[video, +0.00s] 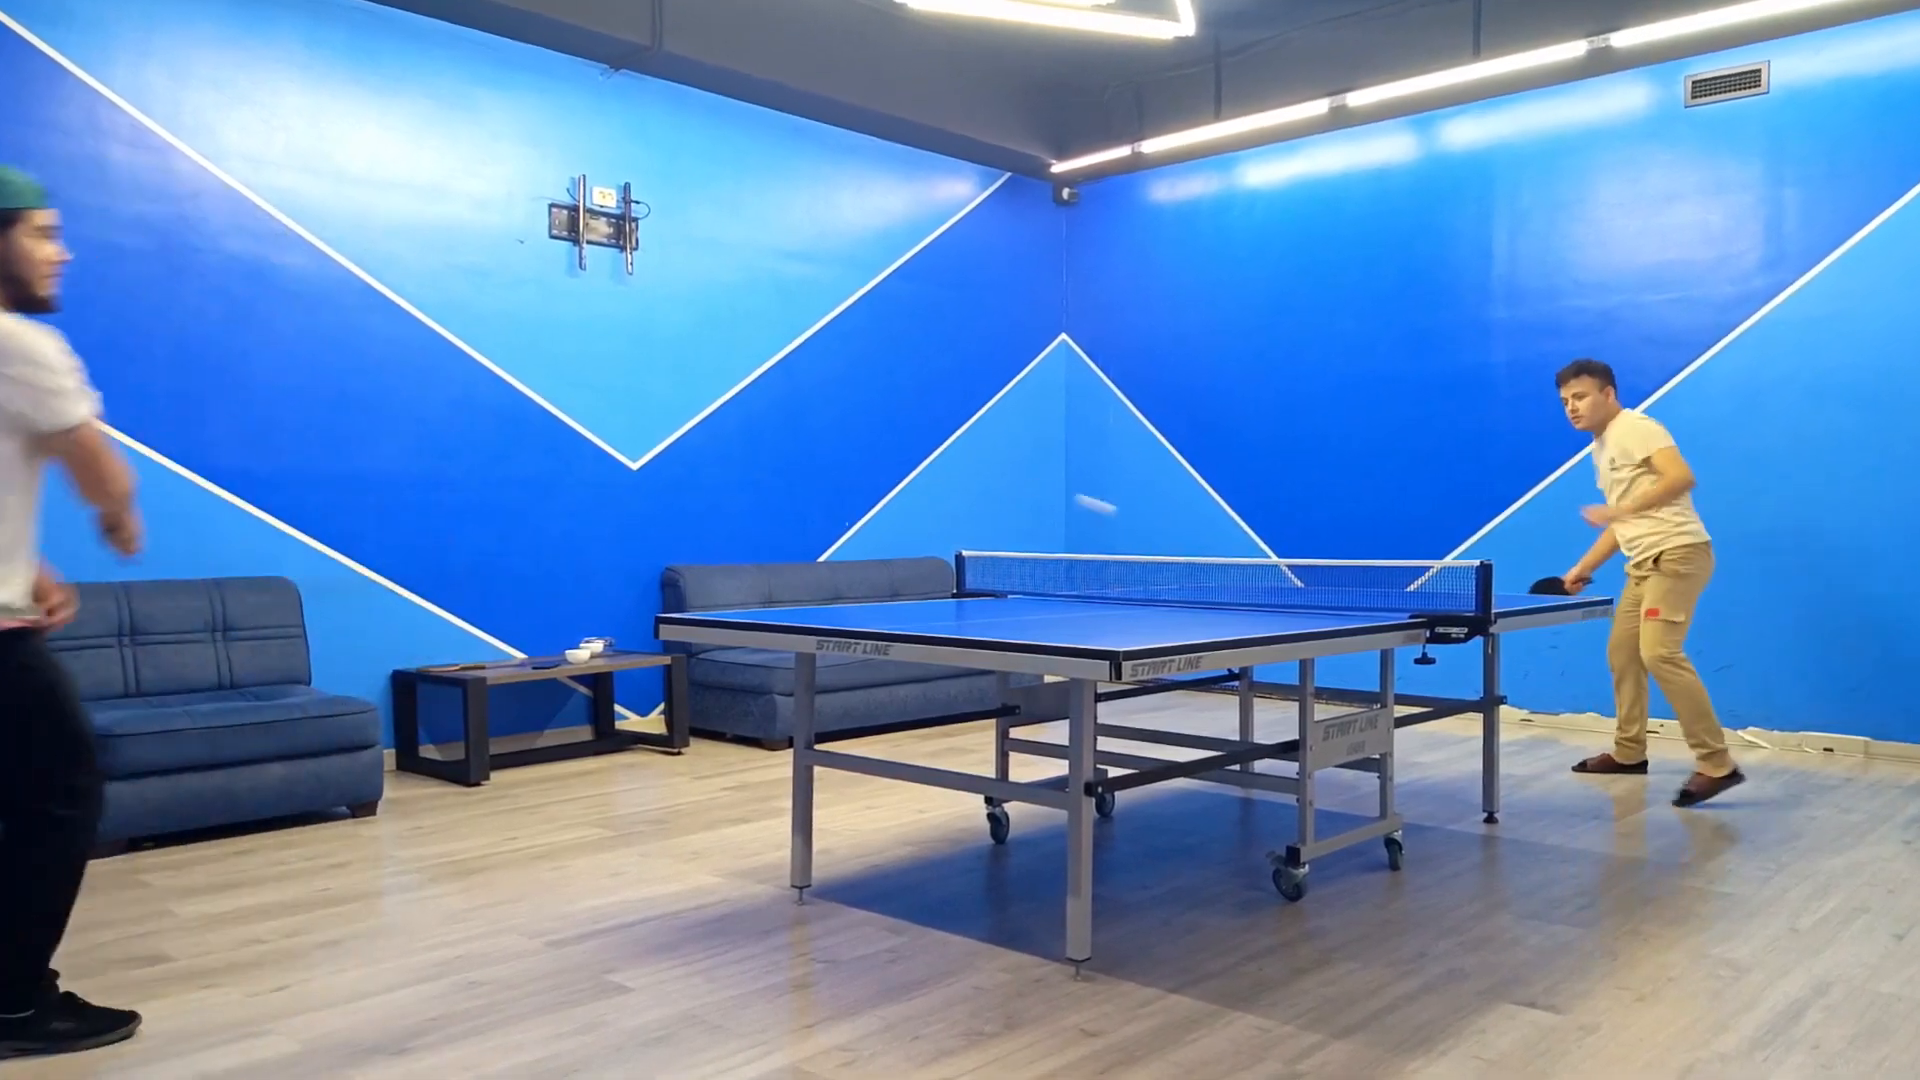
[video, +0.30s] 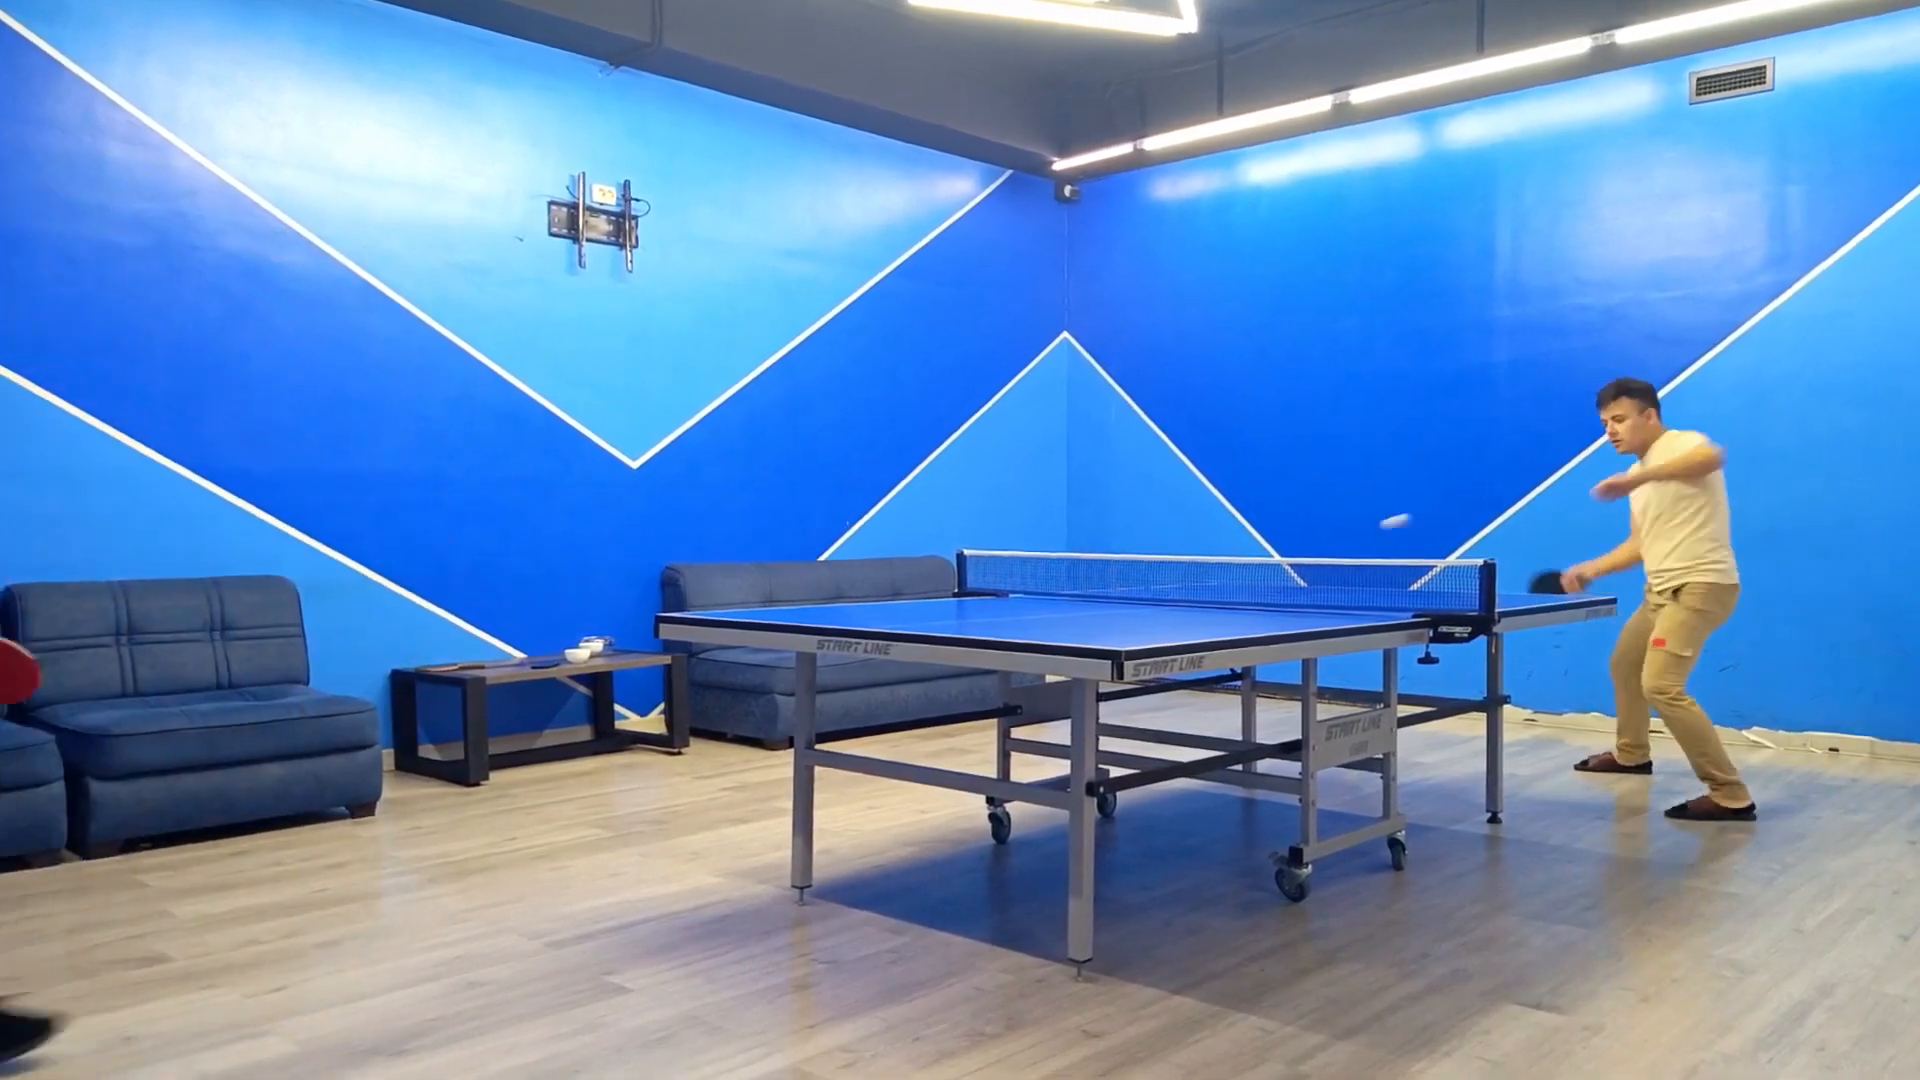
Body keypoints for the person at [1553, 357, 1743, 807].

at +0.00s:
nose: (1571, 408)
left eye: (1579, 397)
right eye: (1565, 401)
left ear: (1609, 395)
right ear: (1566, 406)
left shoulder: (1636, 427)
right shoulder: (1601, 451)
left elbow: (1681, 476)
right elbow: (1623, 519)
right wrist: (1584, 567)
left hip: (1679, 552)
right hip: (1642, 563)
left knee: (1659, 651)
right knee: (1623, 652)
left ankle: (1717, 765)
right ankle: (1629, 754)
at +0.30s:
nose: (1611, 431)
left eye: (1618, 420)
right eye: (1606, 424)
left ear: (1650, 415)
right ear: (1607, 429)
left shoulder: (1680, 442)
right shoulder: (1639, 478)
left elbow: (1712, 457)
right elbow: (1639, 546)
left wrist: (1638, 477)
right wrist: (1587, 570)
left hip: (1703, 582)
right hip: (1661, 589)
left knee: (1662, 685)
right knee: (1625, 666)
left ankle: (1730, 796)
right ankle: (1631, 755)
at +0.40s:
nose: (1615, 425)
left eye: (1623, 413)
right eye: (1610, 417)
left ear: (1656, 408)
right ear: (1612, 420)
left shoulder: (1699, 435)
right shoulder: (1629, 465)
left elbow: (1773, 428)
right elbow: (1619, 524)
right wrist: (1567, 538)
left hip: (1718, 578)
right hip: (1670, 583)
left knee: (1673, 679)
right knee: (1642, 671)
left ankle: (1730, 795)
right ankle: (1636, 755)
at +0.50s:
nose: (1616, 419)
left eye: (1624, 409)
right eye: (1611, 411)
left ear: (1656, 402)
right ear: (1611, 411)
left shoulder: (1714, 422)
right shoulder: (1629, 451)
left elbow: (1787, 411)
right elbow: (1605, 490)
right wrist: (1551, 503)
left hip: (1725, 569)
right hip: (1672, 574)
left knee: (1692, 675)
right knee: (1653, 666)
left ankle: (1730, 794)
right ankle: (1649, 757)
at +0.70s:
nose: (1620, 409)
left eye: (1629, 398)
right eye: (1615, 400)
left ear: (1664, 392)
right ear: (1618, 401)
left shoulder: (1721, 415)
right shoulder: (1622, 439)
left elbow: (1807, 410)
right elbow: (1590, 481)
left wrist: (1886, 389)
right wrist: (1536, 494)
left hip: (1724, 565)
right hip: (1663, 568)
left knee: (1719, 675)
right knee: (1646, 661)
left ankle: (1732, 793)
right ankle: (1644, 745)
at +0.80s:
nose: (1618, 415)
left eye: (1626, 404)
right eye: (1612, 406)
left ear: (1661, 399)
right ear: (1615, 407)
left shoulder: (1717, 425)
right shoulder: (1620, 447)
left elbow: (1796, 435)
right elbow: (1593, 498)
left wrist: (1881, 436)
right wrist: (1545, 514)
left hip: (1716, 570)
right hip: (1656, 570)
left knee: (1705, 674)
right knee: (1628, 656)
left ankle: (1727, 793)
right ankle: (1636, 742)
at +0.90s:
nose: (1607, 424)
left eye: (1616, 413)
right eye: (1604, 414)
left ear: (1651, 411)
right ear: (1605, 415)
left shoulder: (1708, 440)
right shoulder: (1614, 457)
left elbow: (1788, 474)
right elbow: (1588, 519)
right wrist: (1553, 530)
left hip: (1705, 579)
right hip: (1647, 580)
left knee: (1686, 671)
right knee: (1607, 662)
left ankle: (1723, 792)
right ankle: (1617, 747)